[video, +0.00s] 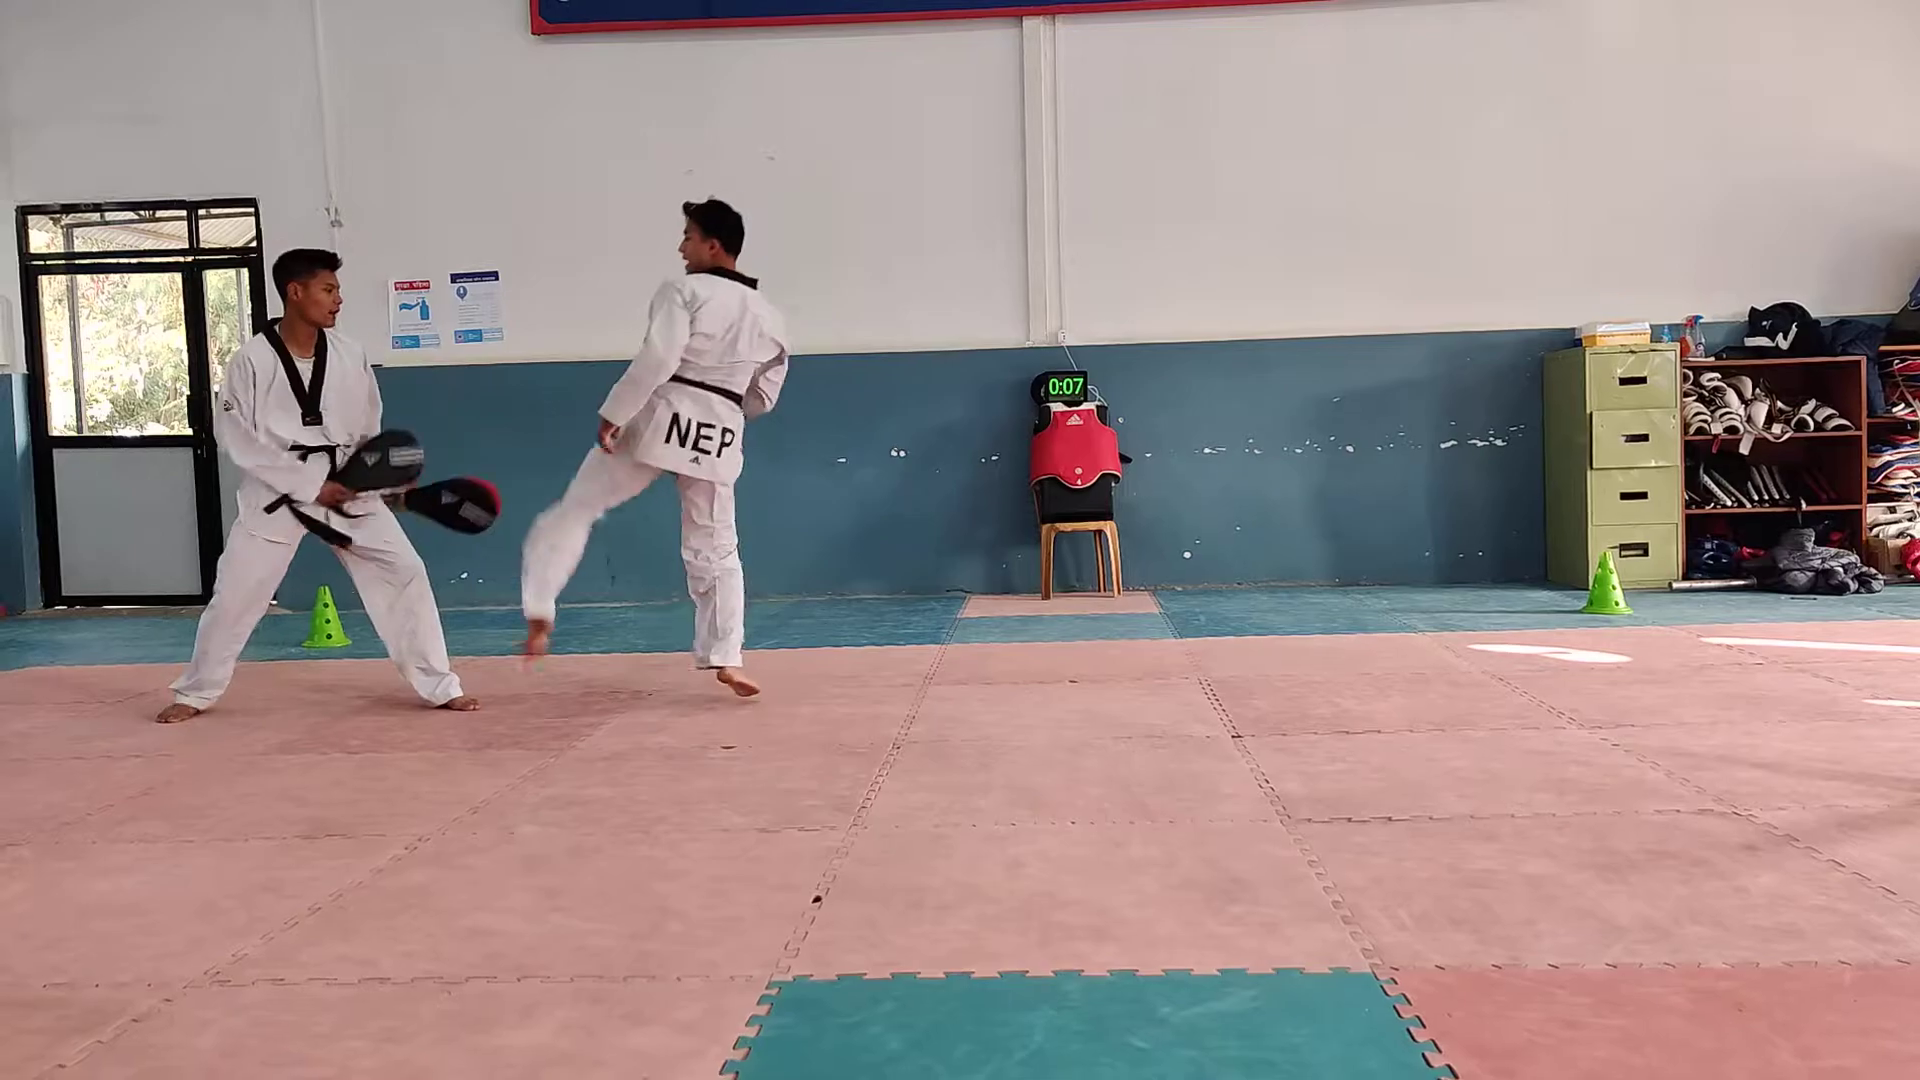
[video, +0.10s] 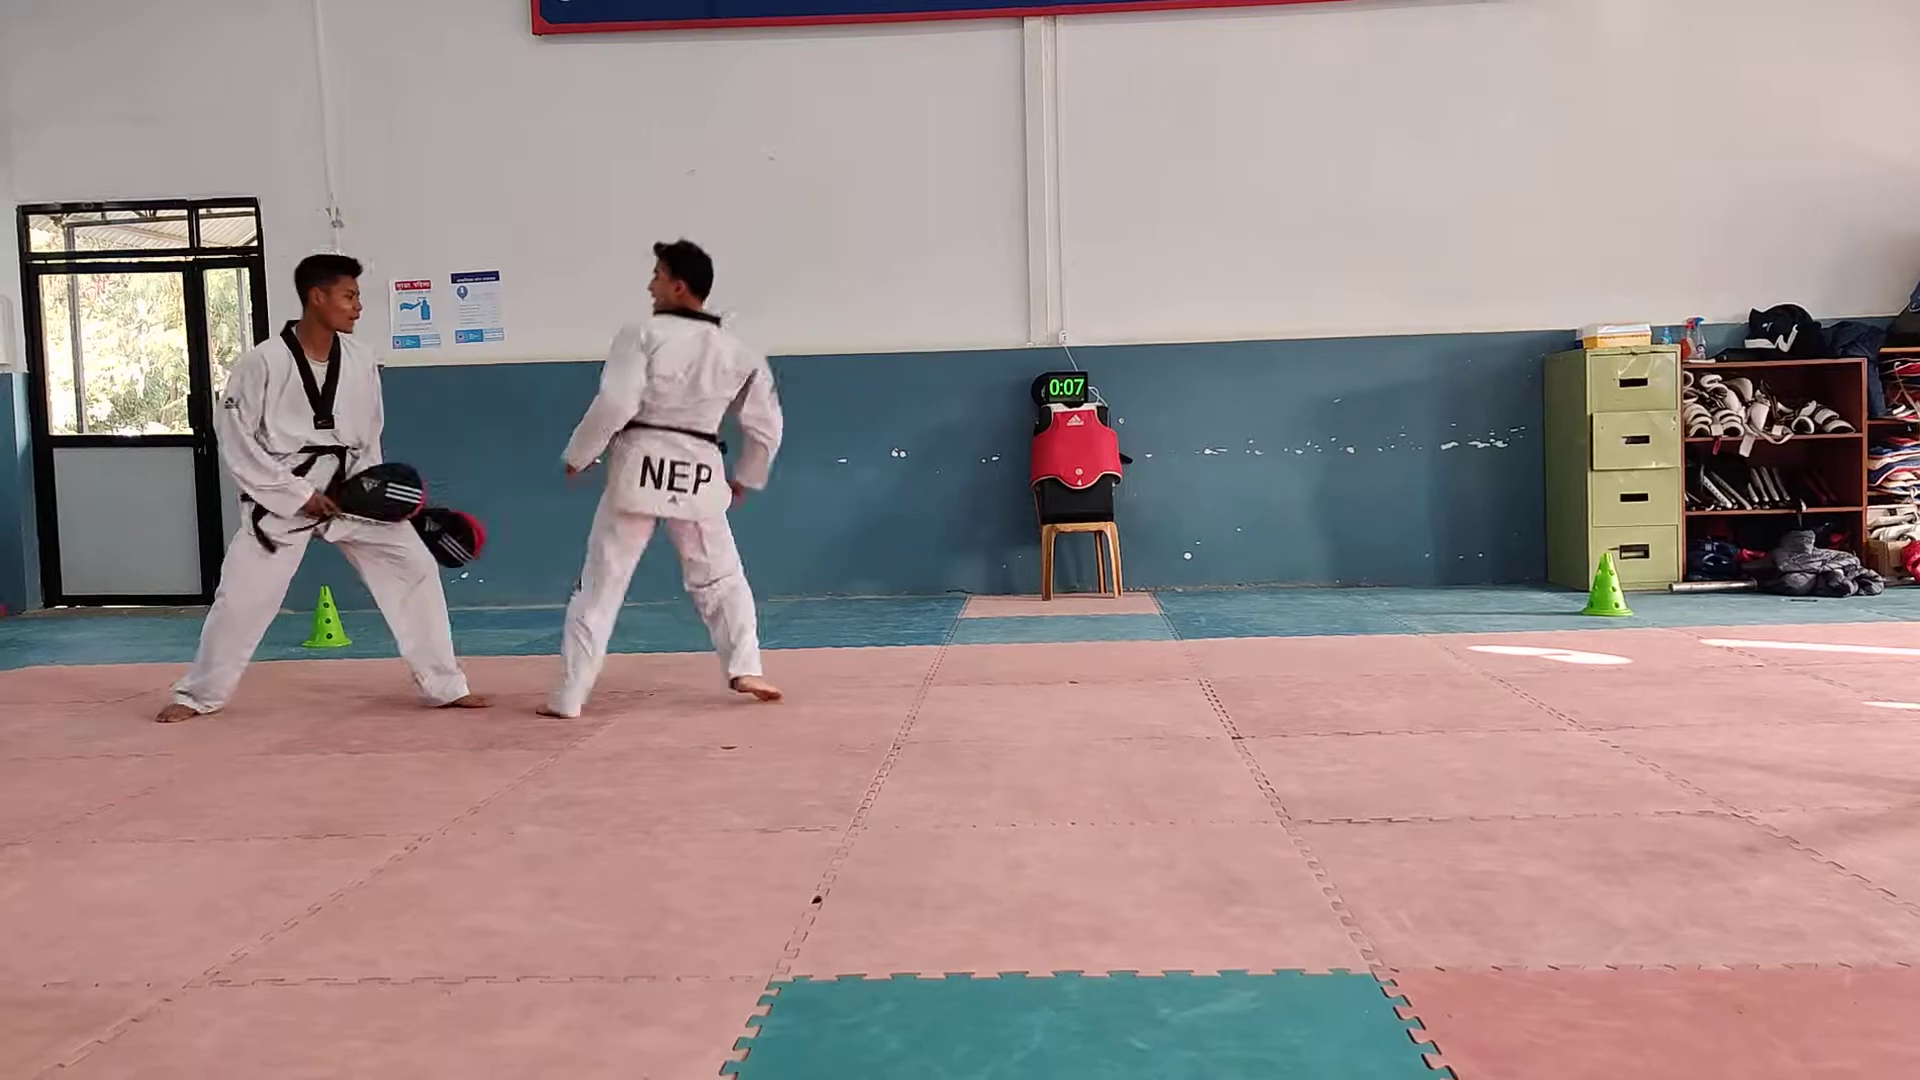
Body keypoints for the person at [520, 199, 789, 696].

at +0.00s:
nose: (681, 246)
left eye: (688, 237)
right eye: (684, 236)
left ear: (715, 245)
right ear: (726, 249)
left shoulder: (683, 289)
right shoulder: (767, 316)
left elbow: (658, 357)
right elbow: (762, 398)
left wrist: (612, 412)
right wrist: (717, 408)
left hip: (660, 416)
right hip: (720, 434)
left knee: (576, 509)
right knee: (716, 548)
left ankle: (539, 605)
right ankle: (726, 656)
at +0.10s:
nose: (650, 284)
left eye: (657, 277)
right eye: (654, 275)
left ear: (680, 287)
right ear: (694, 289)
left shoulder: (643, 333)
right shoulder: (736, 351)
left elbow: (617, 401)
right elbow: (766, 424)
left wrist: (579, 454)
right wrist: (746, 477)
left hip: (638, 467)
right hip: (701, 472)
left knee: (603, 580)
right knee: (720, 574)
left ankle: (569, 695)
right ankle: (746, 669)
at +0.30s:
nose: (656, 288)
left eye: (660, 278)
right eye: (656, 278)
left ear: (684, 281)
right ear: (701, 282)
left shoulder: (666, 330)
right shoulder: (753, 327)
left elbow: (651, 416)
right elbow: (798, 401)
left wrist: (637, 451)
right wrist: (786, 460)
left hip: (695, 463)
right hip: (756, 459)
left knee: (647, 569)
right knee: (773, 564)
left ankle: (611, 684)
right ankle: (796, 667)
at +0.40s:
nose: (685, 285)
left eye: (690, 275)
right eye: (686, 275)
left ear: (713, 279)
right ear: (730, 281)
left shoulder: (696, 330)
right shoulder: (783, 326)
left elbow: (662, 412)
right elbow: (831, 394)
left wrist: (647, 393)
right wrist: (800, 434)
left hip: (737, 461)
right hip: (796, 457)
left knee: (699, 564)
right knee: (810, 555)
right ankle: (829, 642)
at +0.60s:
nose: (774, 279)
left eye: (779, 270)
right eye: (775, 269)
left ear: (802, 274)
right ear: (818, 276)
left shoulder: (812, 321)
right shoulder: (854, 322)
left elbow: (838, 384)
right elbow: (806, 383)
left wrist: (795, 424)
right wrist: (767, 356)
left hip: (842, 453)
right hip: (884, 447)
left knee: (793, 564)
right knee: (905, 563)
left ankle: (846, 659)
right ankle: (946, 654)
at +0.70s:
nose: (820, 258)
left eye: (826, 247)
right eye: (821, 248)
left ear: (852, 252)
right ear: (853, 254)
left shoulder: (880, 299)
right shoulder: (846, 309)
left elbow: (897, 346)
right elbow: (816, 351)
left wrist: (837, 339)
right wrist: (776, 322)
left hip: (884, 437)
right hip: (871, 438)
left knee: (866, 553)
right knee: (887, 557)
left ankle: (872, 674)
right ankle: (930, 646)